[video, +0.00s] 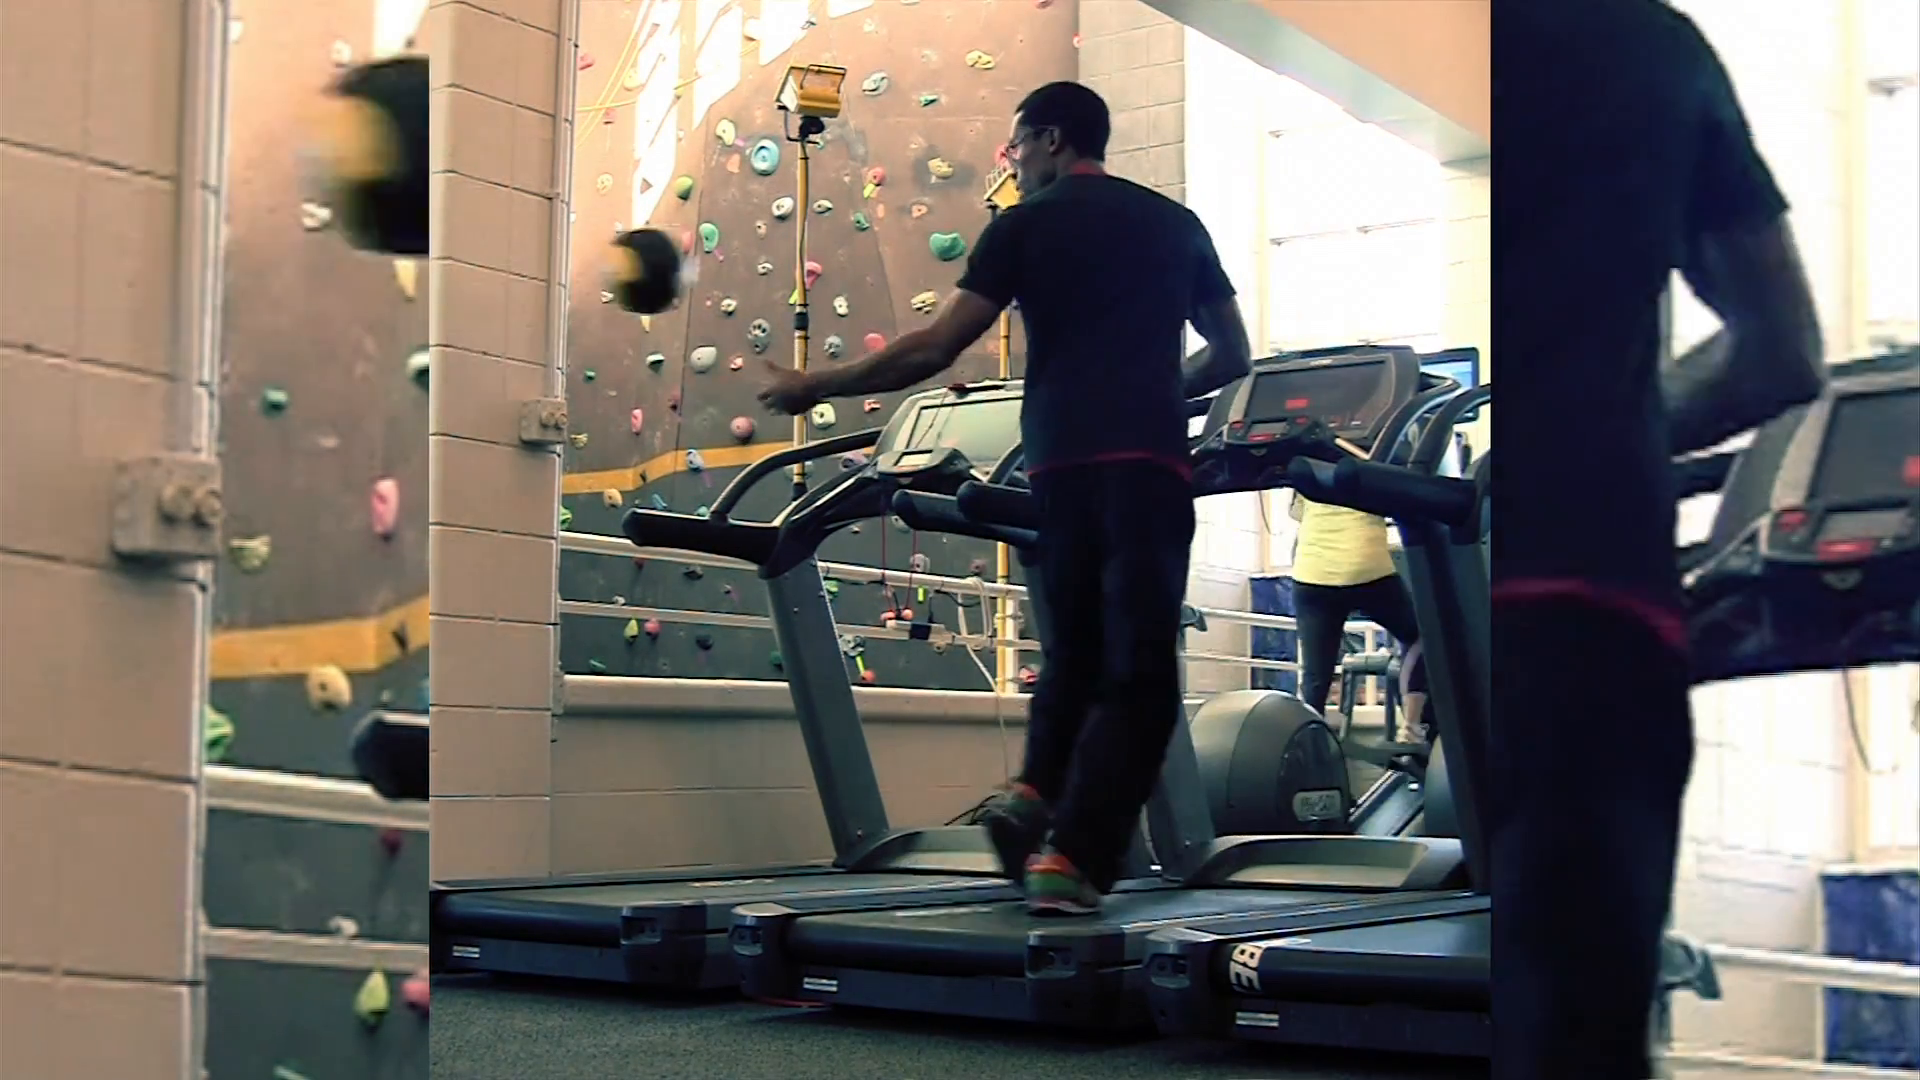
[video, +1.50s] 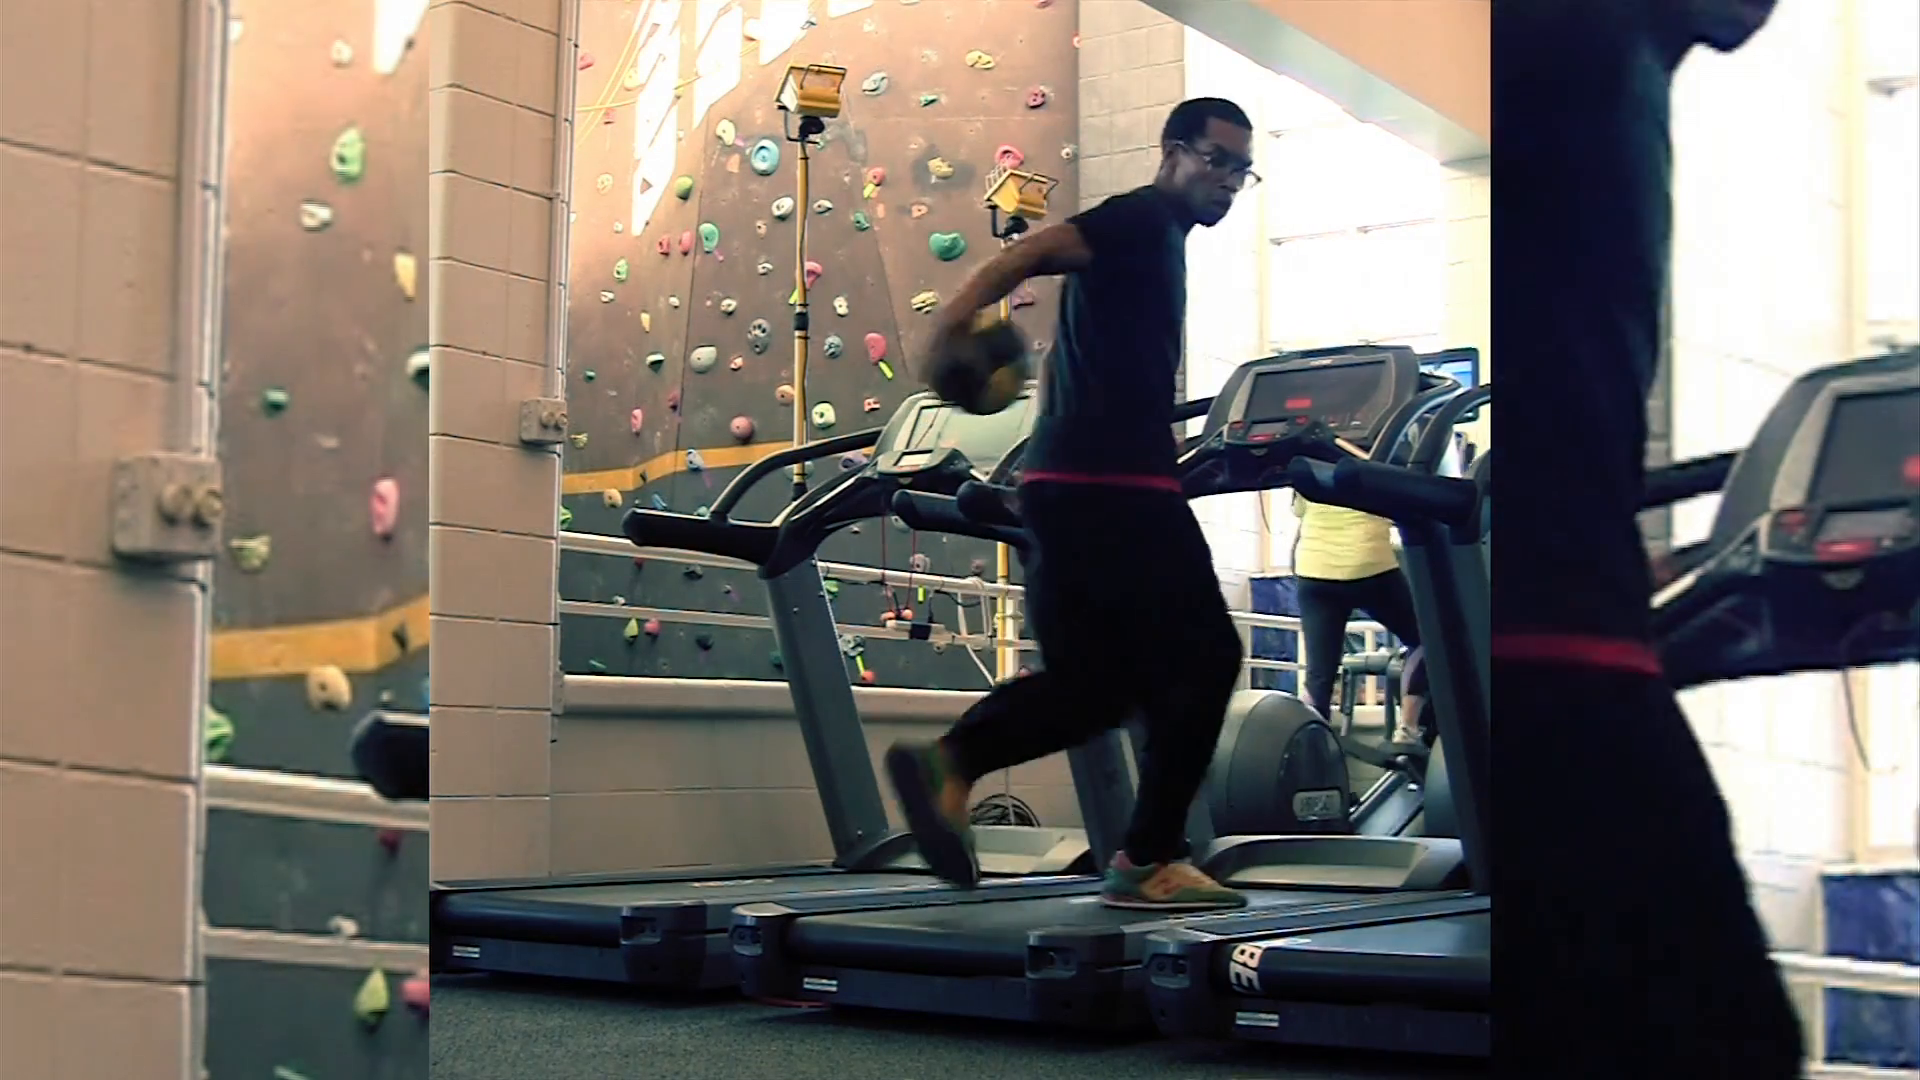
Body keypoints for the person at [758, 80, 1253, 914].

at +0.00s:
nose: (1013, 169)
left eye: (1019, 151)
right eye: (1013, 153)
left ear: (1056, 144)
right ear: (1098, 147)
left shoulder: (1028, 223)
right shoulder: (1177, 222)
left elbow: (940, 343)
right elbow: (1232, 355)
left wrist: (818, 384)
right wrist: (1161, 389)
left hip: (1061, 464)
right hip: (1154, 467)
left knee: (1069, 653)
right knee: (1146, 674)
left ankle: (1033, 791)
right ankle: (1071, 861)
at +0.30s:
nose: (978, 176)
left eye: (988, 156)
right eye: (973, 161)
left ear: (1037, 149)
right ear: (1053, 158)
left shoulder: (1054, 212)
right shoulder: (1111, 223)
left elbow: (1106, 313)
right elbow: (1205, 333)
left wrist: (1007, 370)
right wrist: (1153, 414)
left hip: (1066, 481)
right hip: (1133, 479)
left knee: (1050, 675)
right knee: (1126, 667)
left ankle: (1110, 858)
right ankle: (1214, 770)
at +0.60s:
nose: (1047, 98)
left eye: (1060, 83)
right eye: (1030, 83)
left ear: (1078, 82)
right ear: (1000, 84)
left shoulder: (1124, 158)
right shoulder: (991, 190)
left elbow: (1227, 239)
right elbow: (1022, 292)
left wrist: (1211, 369)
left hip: (1120, 396)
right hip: (1037, 413)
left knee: (1111, 582)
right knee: (1052, 607)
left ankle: (1186, 795)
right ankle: (1102, 816)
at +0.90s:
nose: (1173, 124)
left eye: (1178, 110)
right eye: (1165, 103)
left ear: (1133, 100)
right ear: (1113, 88)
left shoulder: (1140, 210)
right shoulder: (1009, 161)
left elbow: (1107, 328)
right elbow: (896, 242)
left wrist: (1135, 419)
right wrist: (904, 327)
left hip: (1128, 450)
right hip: (1029, 446)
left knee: (1196, 626)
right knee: (1000, 641)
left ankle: (1193, 816)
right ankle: (991, 844)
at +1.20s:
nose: (1177, 202)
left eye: (1180, 193)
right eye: (1176, 188)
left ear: (1107, 161)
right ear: (1144, 164)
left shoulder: (1027, 230)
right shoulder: (1120, 197)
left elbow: (1040, 394)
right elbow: (1242, 270)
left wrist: (1150, 472)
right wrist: (1283, 327)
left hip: (997, 478)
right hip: (1064, 471)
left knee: (1040, 675)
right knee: (1110, 666)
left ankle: (1038, 860)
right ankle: (979, 823)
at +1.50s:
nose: (1233, 179)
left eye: (1242, 168)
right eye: (1220, 161)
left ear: (1234, 174)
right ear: (1173, 155)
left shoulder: (1149, 235)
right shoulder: (1141, 217)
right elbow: (1026, 252)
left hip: (1079, 491)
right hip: (1117, 490)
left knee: (1102, 680)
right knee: (1208, 655)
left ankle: (949, 766)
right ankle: (1151, 858)